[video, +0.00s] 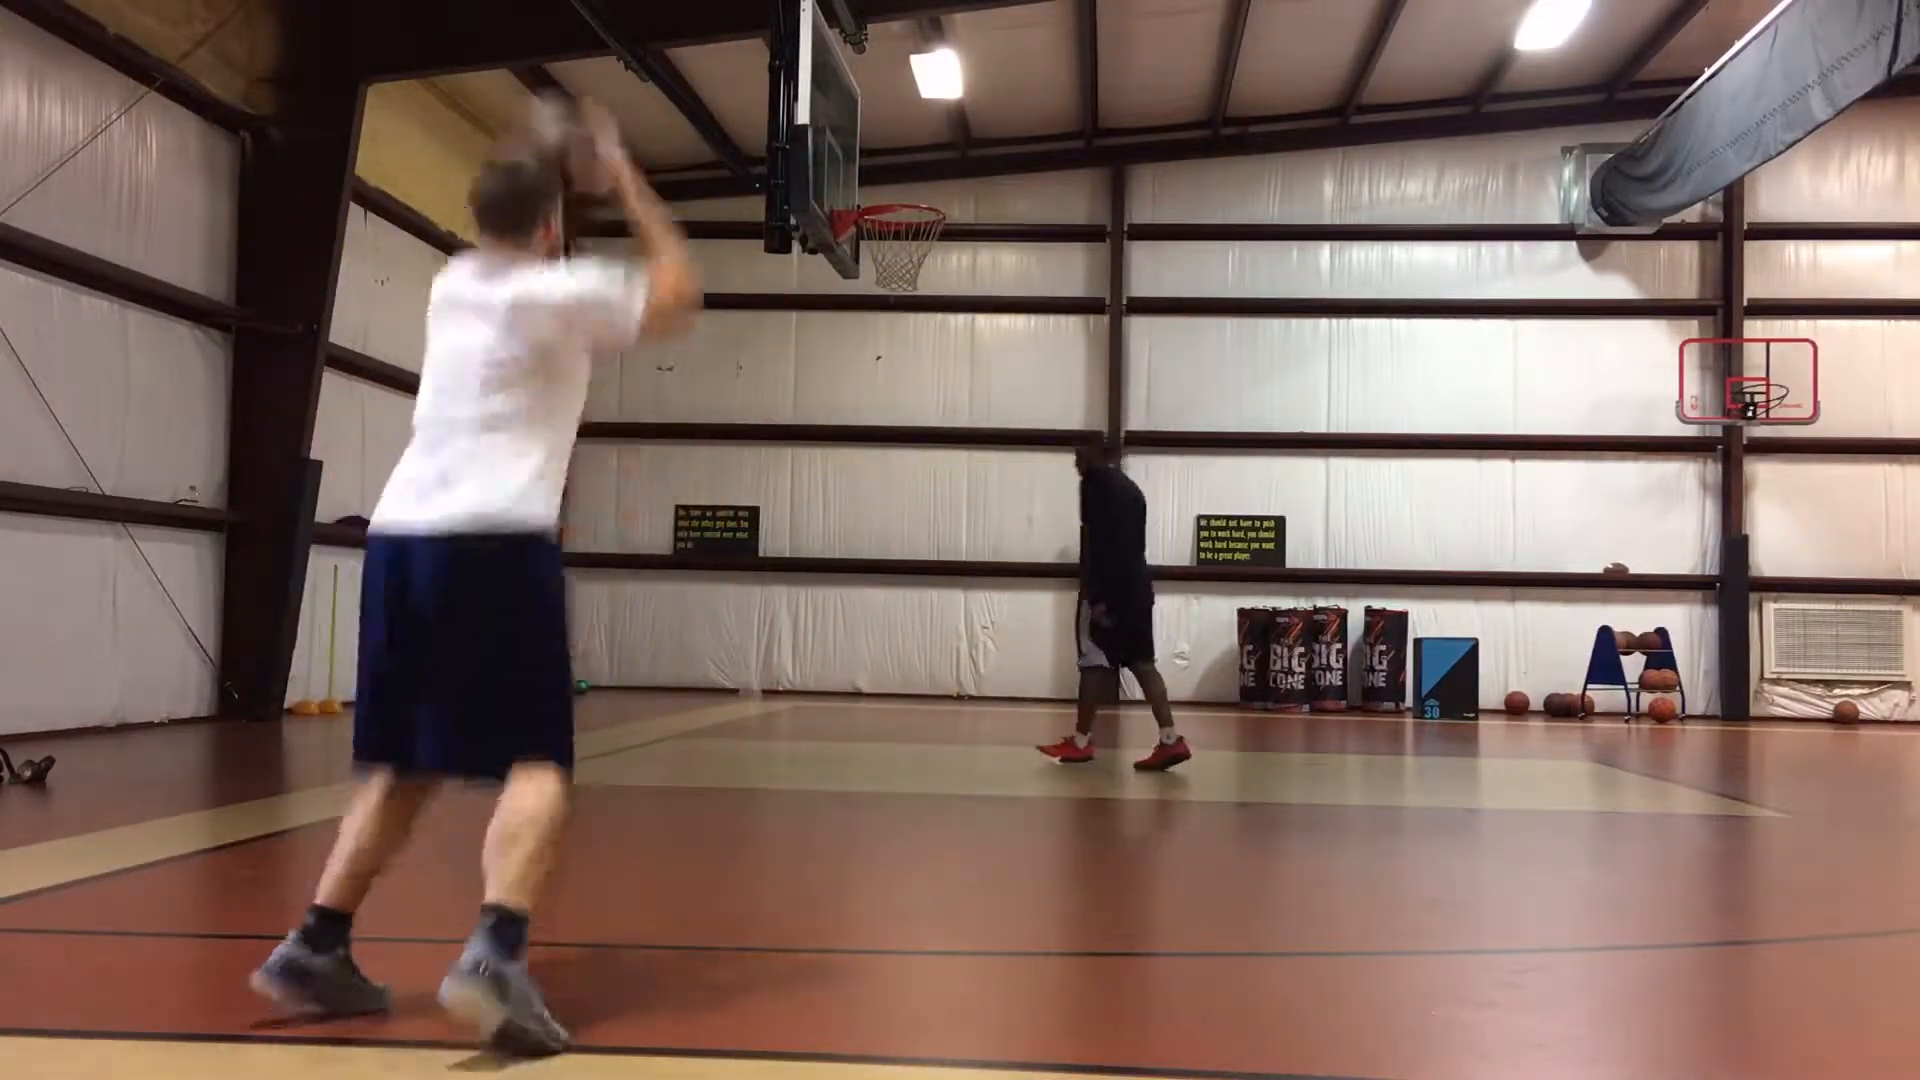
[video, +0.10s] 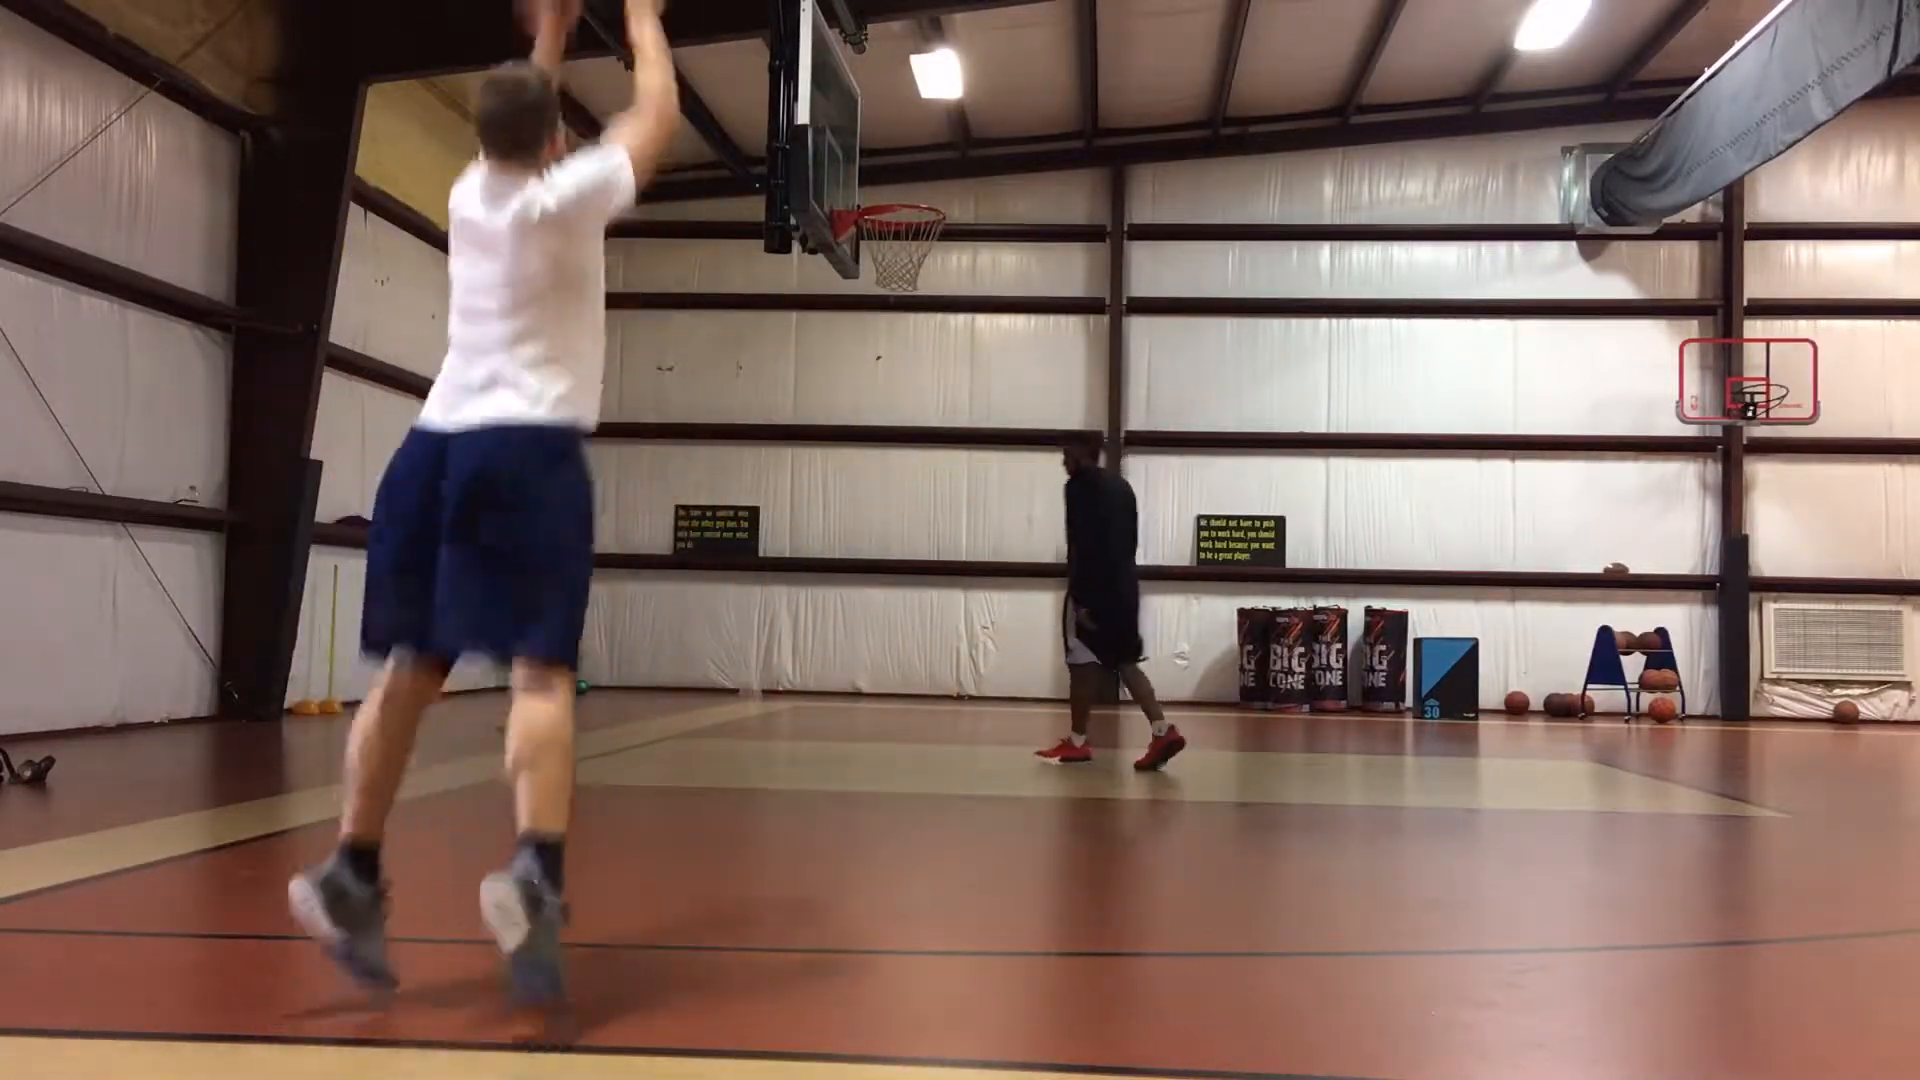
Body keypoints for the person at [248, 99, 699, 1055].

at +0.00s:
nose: (568, 228)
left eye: (561, 218)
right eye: (563, 213)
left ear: (480, 219)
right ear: (553, 223)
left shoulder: (450, 285)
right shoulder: (559, 294)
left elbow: (509, 236)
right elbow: (676, 286)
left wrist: (552, 168)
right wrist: (631, 188)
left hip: (399, 545)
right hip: (499, 545)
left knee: (399, 761)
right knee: (540, 760)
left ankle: (315, 947)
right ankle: (495, 957)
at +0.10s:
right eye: (556, 118)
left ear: (485, 137)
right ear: (556, 133)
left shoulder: (468, 196)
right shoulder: (572, 197)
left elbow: (515, 128)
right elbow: (657, 111)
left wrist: (544, 49)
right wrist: (648, 26)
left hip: (437, 448)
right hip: (534, 452)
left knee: (410, 670)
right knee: (542, 674)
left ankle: (352, 874)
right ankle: (537, 874)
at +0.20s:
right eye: (561, 71)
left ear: (489, 95)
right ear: (560, 89)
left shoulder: (479, 153)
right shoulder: (580, 153)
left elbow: (527, 58)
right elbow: (656, 67)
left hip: (458, 408)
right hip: (549, 413)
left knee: (451, 623)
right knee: (563, 628)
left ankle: (383, 822)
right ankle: (554, 826)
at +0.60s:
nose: (609, 281)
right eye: (606, 271)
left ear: (530, 275)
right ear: (600, 281)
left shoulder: (508, 330)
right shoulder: (613, 354)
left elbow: (531, 249)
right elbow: (722, 318)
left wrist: (545, 179)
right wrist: (671, 241)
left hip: (500, 594)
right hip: (588, 595)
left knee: (529, 769)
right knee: (671, 767)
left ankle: (476, 919)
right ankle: (592, 912)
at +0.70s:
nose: (634, 260)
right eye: (631, 251)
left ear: (554, 261)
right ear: (624, 267)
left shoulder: (527, 314)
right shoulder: (638, 349)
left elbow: (530, 231)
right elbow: (756, 375)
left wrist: (531, 160)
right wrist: (706, 299)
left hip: (518, 576)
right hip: (610, 580)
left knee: (538, 755)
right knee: (697, 743)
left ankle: (478, 916)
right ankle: (645, 895)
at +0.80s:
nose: (662, 246)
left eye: (649, 235)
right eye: (660, 238)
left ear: (579, 243)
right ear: (653, 250)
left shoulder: (552, 295)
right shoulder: (675, 340)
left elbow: (533, 207)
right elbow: (776, 415)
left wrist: (518, 131)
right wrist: (744, 342)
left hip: (546, 559)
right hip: (643, 567)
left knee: (543, 742)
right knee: (701, 743)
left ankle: (484, 911)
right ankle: (709, 913)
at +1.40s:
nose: (757, 205)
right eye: (764, 195)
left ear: (677, 200)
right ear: (761, 207)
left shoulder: (630, 266)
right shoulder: (791, 313)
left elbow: (543, 196)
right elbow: (794, 453)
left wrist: (571, 92)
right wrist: (801, 588)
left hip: (623, 546)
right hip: (737, 558)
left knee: (594, 752)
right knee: (729, 767)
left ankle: (586, 936)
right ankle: (726, 961)